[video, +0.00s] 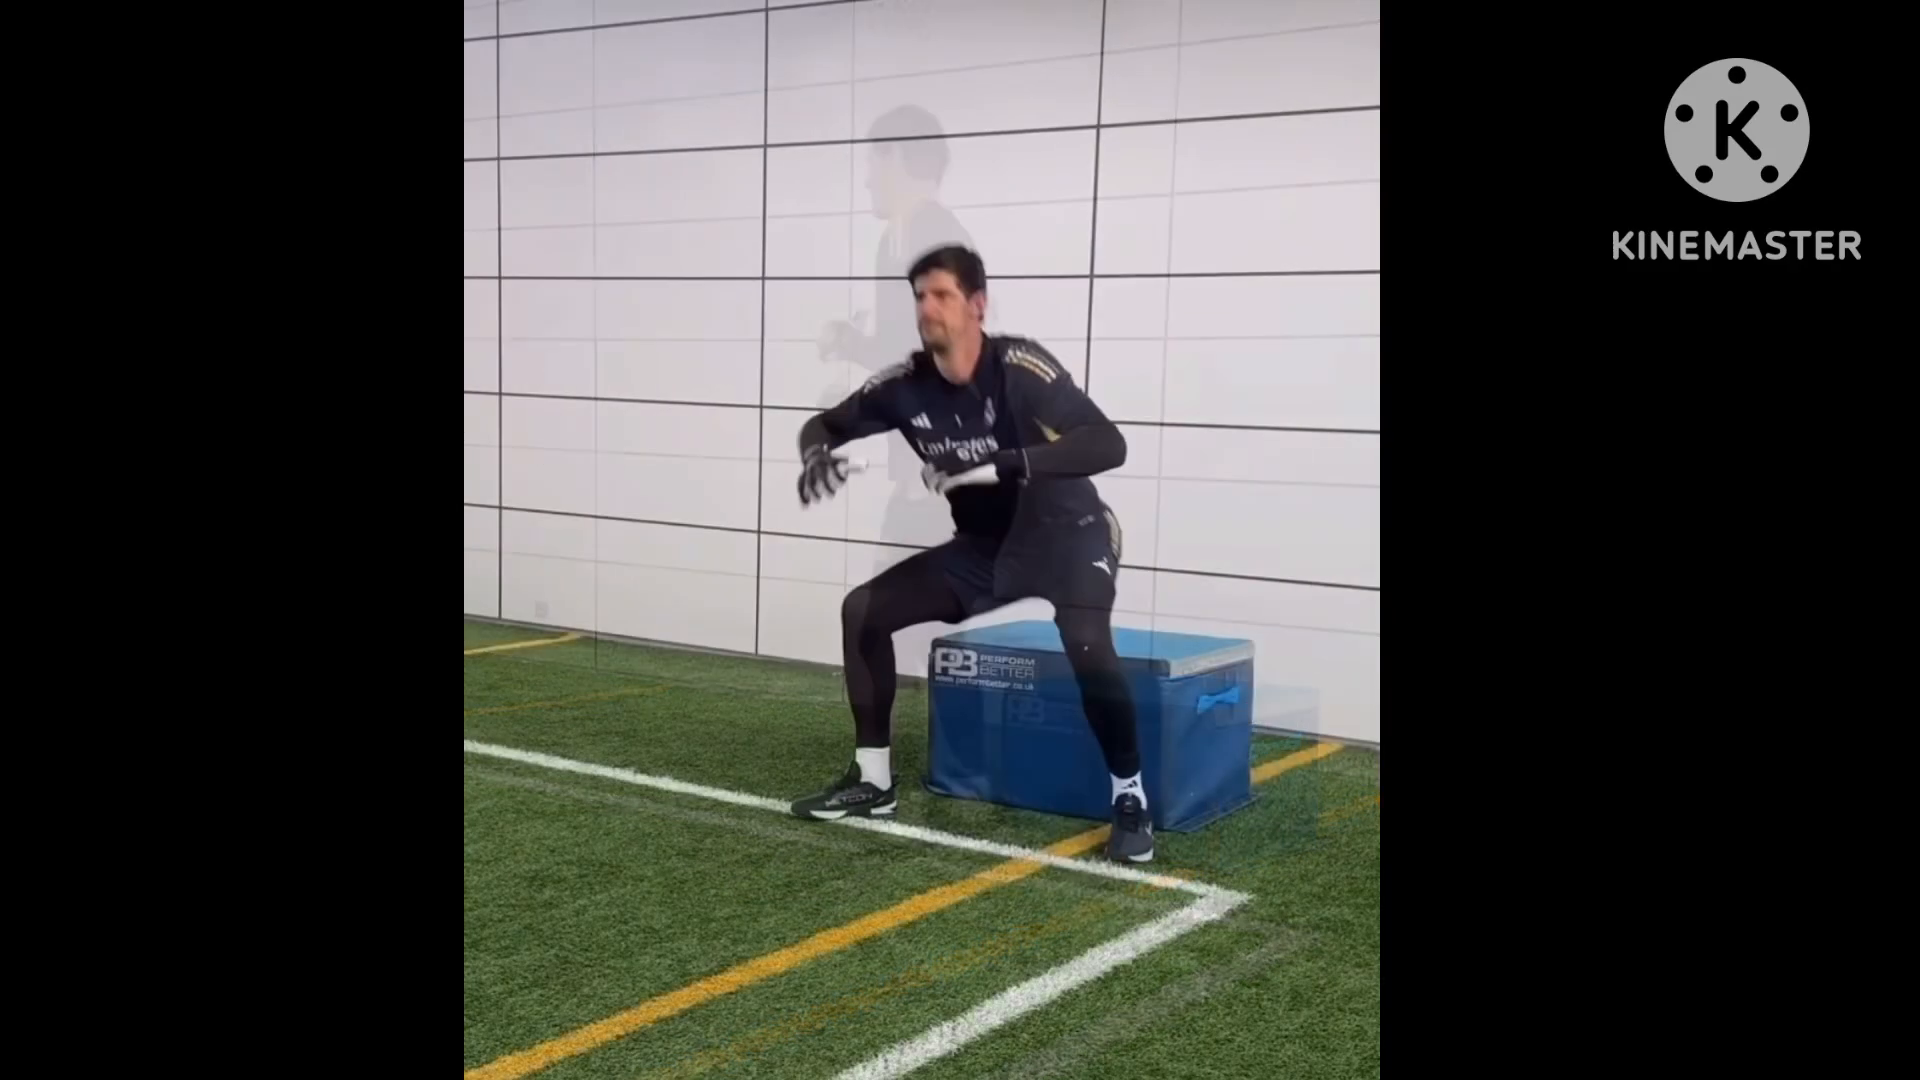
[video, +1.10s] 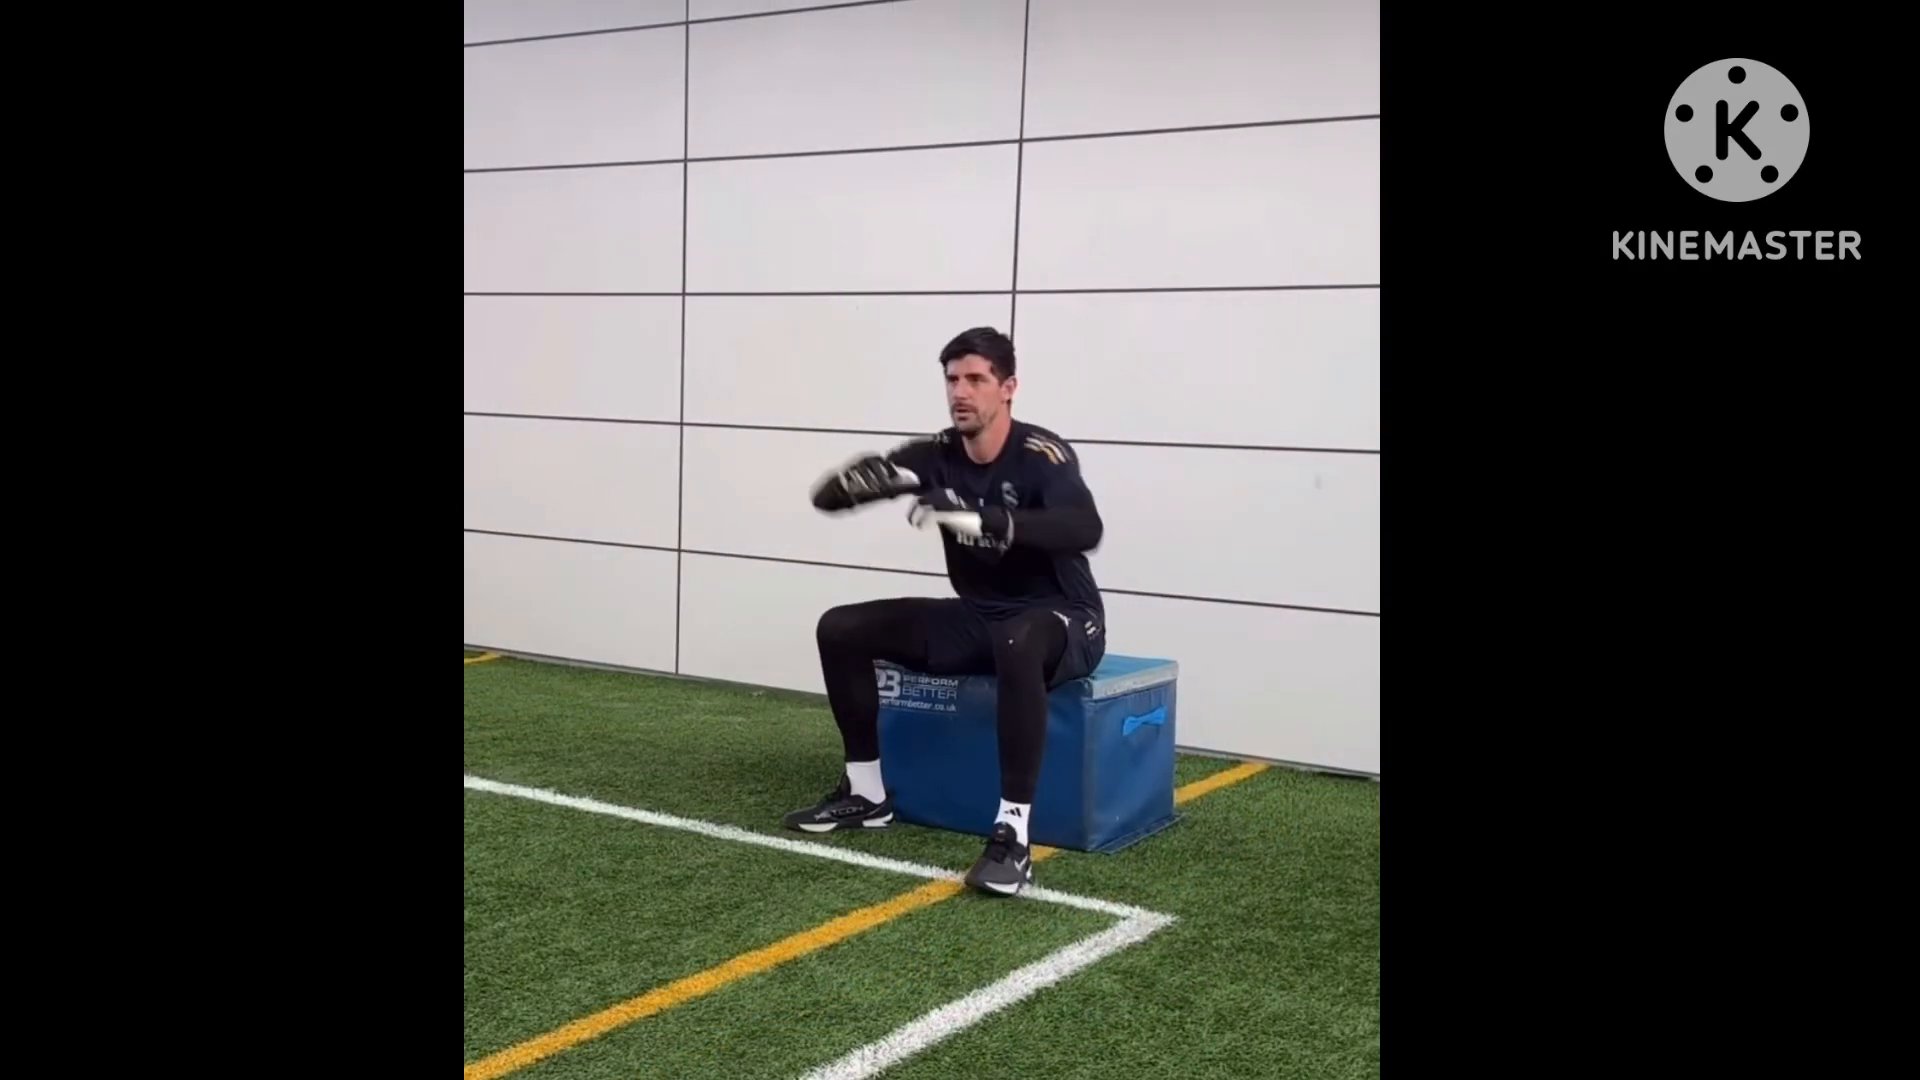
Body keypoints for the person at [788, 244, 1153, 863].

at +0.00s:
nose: (925, 309)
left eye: (939, 296)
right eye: (919, 297)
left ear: (977, 303)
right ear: (915, 306)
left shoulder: (1022, 366)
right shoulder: (903, 390)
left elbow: (1107, 444)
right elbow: (824, 426)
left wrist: (1005, 461)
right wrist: (816, 449)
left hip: (1069, 538)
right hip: (985, 548)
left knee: (1088, 648)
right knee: (864, 611)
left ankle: (1130, 801)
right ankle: (874, 781)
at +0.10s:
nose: (904, 252)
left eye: (918, 239)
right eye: (897, 241)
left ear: (955, 248)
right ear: (892, 255)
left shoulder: (1008, 326)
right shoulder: (890, 345)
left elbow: (1096, 423)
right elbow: (862, 414)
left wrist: (1015, 477)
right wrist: (840, 471)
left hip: (1048, 509)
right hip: (963, 515)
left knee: (1074, 640)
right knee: (850, 614)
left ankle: (1129, 801)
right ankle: (871, 782)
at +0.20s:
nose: (889, 198)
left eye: (903, 185)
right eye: (882, 188)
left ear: (939, 192)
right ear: (877, 202)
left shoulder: (993, 279)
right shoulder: (876, 300)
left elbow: (1058, 387)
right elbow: (863, 388)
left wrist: (978, 431)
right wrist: (832, 428)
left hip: (1022, 485)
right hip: (937, 494)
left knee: (1062, 638)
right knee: (844, 614)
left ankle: (1126, 798)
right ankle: (871, 781)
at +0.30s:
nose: (878, 169)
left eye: (892, 155)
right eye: (871, 157)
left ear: (930, 160)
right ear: (868, 168)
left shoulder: (975, 238)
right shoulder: (865, 267)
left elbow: (1001, 339)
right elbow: (810, 371)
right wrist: (785, 336)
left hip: (1003, 465)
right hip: (920, 473)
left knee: (1054, 631)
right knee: (844, 611)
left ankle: (1123, 797)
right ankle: (871, 781)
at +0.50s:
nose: (855, 158)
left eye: (867, 142)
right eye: (848, 147)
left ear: (907, 145)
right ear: (848, 158)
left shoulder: (948, 211)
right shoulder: (859, 251)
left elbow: (937, 315)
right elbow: (824, 365)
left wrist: (844, 296)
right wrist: (786, 326)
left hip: (977, 450)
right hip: (901, 462)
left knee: (1039, 625)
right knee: (837, 610)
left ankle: (1118, 793)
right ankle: (870, 782)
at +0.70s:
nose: (980, 374)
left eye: (994, 362)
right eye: (972, 363)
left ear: (1028, 366)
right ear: (965, 369)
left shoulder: (1075, 452)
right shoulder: (953, 451)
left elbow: (1109, 571)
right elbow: (907, 545)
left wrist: (1031, 565)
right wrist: (915, 549)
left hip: (1064, 615)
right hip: (979, 613)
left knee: (1025, 641)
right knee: (841, 629)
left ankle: (1011, 839)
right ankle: (866, 794)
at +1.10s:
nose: (959, 393)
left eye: (974, 380)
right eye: (952, 380)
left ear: (1008, 388)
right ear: (944, 387)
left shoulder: (1043, 452)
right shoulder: (930, 456)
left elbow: (1085, 528)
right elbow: (827, 497)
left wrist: (995, 524)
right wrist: (863, 483)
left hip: (1063, 620)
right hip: (977, 617)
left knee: (1019, 643)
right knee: (840, 628)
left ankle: (1011, 837)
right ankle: (866, 796)